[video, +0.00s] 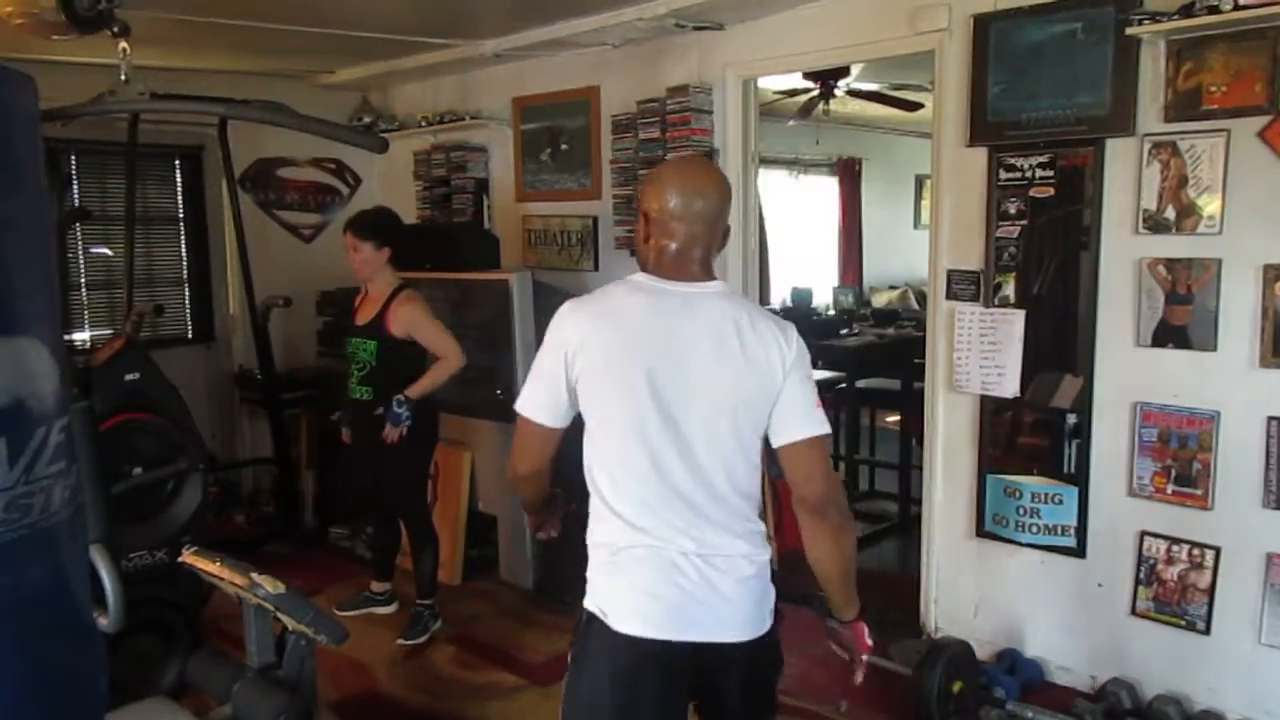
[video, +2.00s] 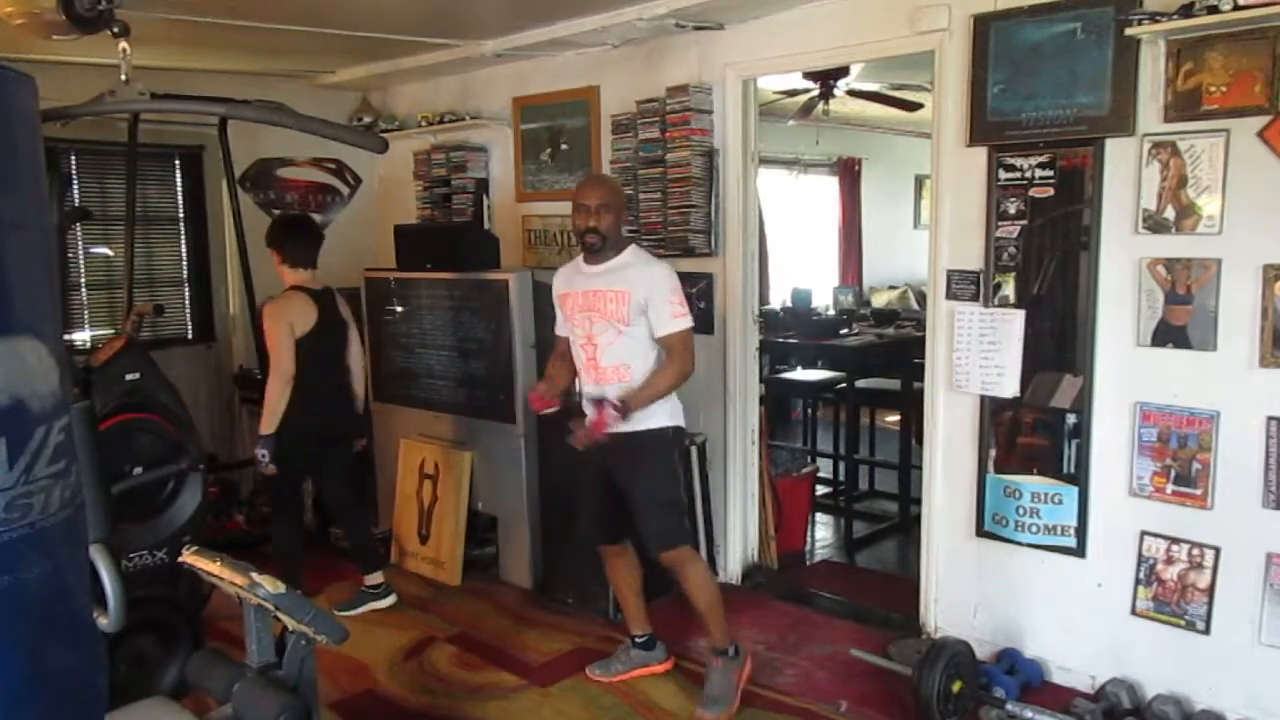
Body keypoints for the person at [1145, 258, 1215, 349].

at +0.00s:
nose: (1181, 273)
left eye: (1184, 269)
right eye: (1178, 269)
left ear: (1189, 272)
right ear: (1173, 272)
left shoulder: (1191, 287)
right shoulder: (1168, 286)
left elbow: (1213, 270)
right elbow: (1151, 266)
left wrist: (1198, 260)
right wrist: (1166, 261)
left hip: (1182, 329)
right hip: (1165, 327)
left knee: (1189, 357)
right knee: (1154, 356)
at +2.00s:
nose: (1180, 273)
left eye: (1183, 269)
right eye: (1176, 269)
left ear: (1188, 272)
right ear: (1172, 272)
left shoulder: (1192, 288)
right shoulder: (1168, 286)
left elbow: (1213, 268)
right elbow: (1151, 266)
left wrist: (1198, 262)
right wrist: (1166, 262)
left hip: (1181, 329)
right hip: (1164, 328)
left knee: (1189, 358)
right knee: (1154, 357)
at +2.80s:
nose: (1185, 272)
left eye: (1187, 269)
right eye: (1182, 269)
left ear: (1189, 271)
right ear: (1173, 271)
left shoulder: (1191, 287)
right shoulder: (1168, 286)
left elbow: (1212, 268)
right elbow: (1151, 266)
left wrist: (1196, 262)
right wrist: (1164, 261)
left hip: (1182, 329)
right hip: (1165, 328)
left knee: (1189, 359)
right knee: (1154, 357)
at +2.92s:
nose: (1184, 272)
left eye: (1186, 269)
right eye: (1181, 269)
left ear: (1189, 271)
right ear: (1173, 271)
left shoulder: (1191, 287)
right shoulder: (1168, 286)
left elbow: (1212, 268)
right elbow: (1151, 266)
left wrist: (1194, 262)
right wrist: (1164, 261)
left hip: (1182, 329)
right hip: (1165, 328)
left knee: (1189, 358)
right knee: (1154, 357)